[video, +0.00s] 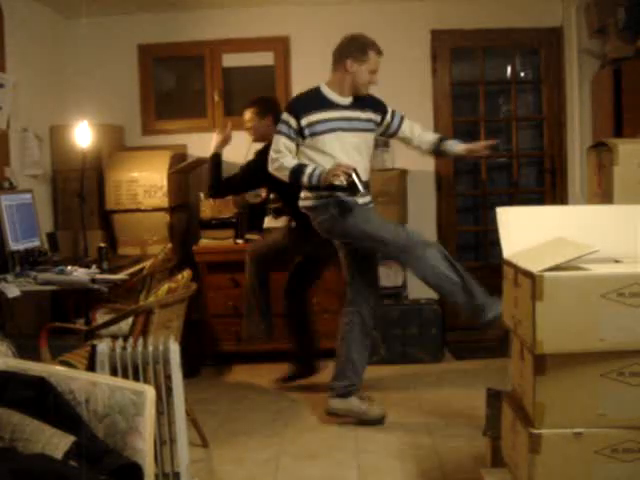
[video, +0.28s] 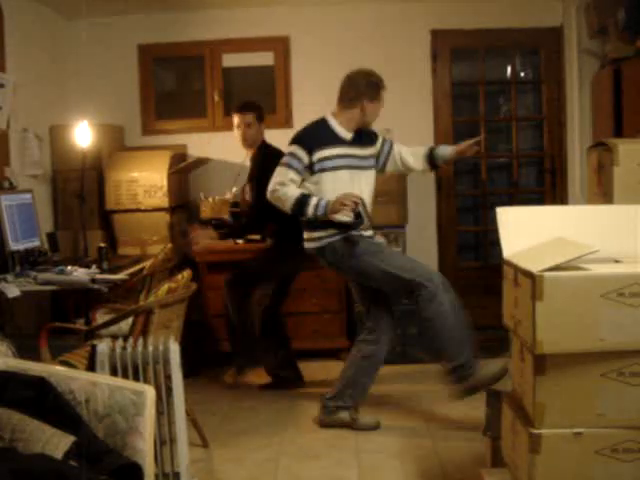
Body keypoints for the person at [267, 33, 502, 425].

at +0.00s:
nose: (375, 77)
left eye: (377, 70)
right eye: (371, 70)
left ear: (354, 69)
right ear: (348, 66)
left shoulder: (371, 109)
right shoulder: (301, 108)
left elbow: (415, 133)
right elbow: (277, 163)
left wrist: (460, 147)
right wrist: (321, 176)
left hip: (359, 209)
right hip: (326, 210)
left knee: (362, 300)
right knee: (418, 247)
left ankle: (343, 395)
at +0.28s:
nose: (379, 111)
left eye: (380, 104)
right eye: (377, 103)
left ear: (359, 102)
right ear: (361, 102)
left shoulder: (371, 141)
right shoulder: (311, 137)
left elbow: (406, 158)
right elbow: (278, 188)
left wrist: (451, 152)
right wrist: (324, 207)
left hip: (363, 239)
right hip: (332, 241)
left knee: (380, 322)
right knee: (426, 281)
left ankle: (339, 406)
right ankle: (465, 369)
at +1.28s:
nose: (384, 69)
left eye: (378, 63)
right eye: (385, 63)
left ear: (346, 62)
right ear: (383, 63)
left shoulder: (318, 97)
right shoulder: (399, 104)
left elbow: (283, 141)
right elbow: (437, 168)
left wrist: (299, 180)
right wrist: (438, 186)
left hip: (338, 220)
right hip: (381, 225)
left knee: (381, 288)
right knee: (366, 324)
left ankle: (395, 363)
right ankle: (349, 430)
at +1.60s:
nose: (407, 101)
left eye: (408, 95)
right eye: (406, 95)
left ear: (371, 88)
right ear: (392, 87)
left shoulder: (336, 126)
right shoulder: (407, 118)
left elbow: (332, 183)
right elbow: (421, 170)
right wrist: (431, 200)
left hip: (343, 234)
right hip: (387, 234)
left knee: (378, 321)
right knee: (428, 319)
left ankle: (367, 418)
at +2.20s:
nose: (406, 82)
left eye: (414, 74)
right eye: (398, 74)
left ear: (425, 72)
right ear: (385, 69)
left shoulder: (449, 108)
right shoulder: (365, 117)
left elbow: (492, 137)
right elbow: (346, 172)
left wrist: (523, 173)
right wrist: (389, 187)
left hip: (439, 224)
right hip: (395, 212)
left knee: (425, 326)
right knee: (391, 223)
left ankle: (401, 416)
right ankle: (399, 339)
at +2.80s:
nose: (414, 102)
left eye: (416, 94)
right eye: (411, 96)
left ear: (438, 82)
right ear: (424, 91)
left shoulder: (472, 113)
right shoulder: (443, 114)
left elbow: (417, 115)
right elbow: (448, 169)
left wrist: (350, 110)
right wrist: (418, 163)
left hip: (449, 224)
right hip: (420, 210)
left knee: (432, 321)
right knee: (360, 193)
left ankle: (450, 410)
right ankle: (337, 283)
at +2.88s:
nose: (416, 124)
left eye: (419, 116)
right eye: (413, 118)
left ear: (442, 103)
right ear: (440, 108)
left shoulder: (473, 133)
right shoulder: (449, 132)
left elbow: (424, 150)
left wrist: (356, 138)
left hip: (447, 239)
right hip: (422, 223)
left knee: (422, 330)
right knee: (358, 205)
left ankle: (449, 413)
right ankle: (385, 293)